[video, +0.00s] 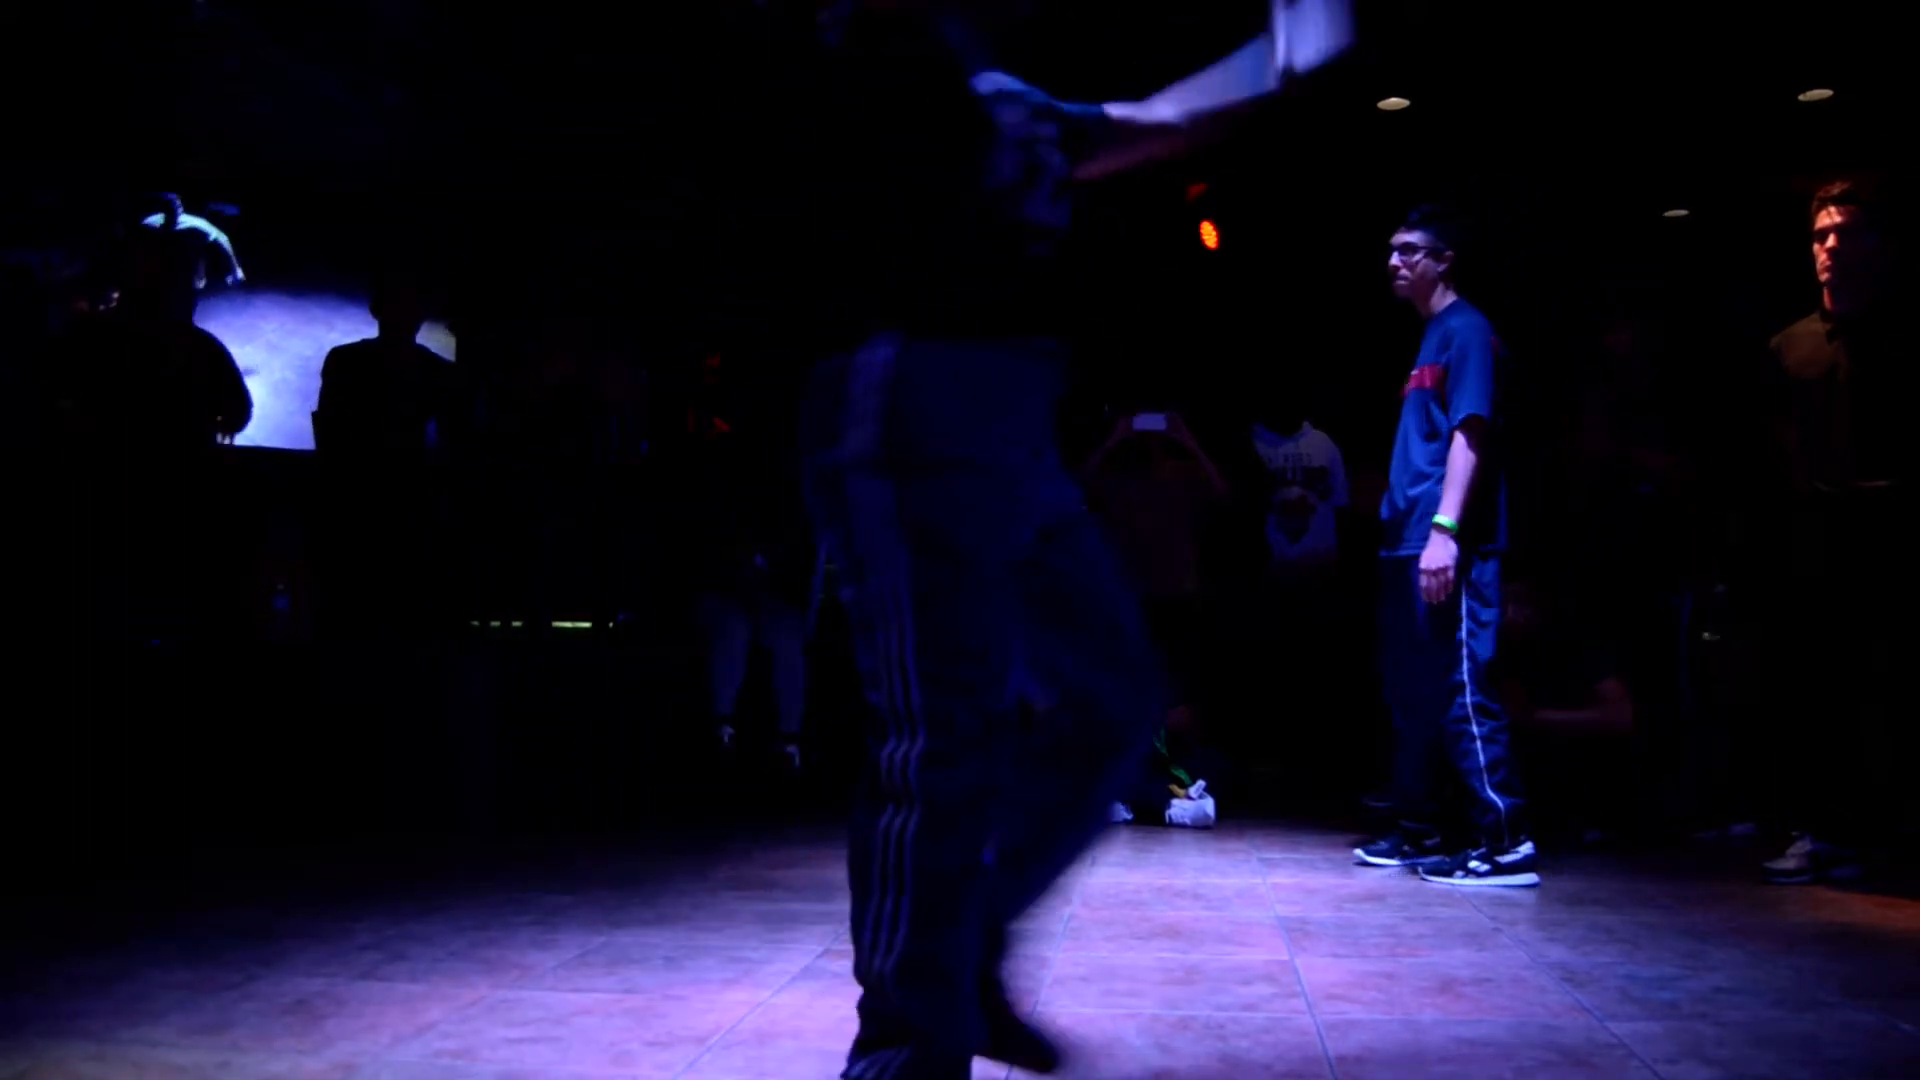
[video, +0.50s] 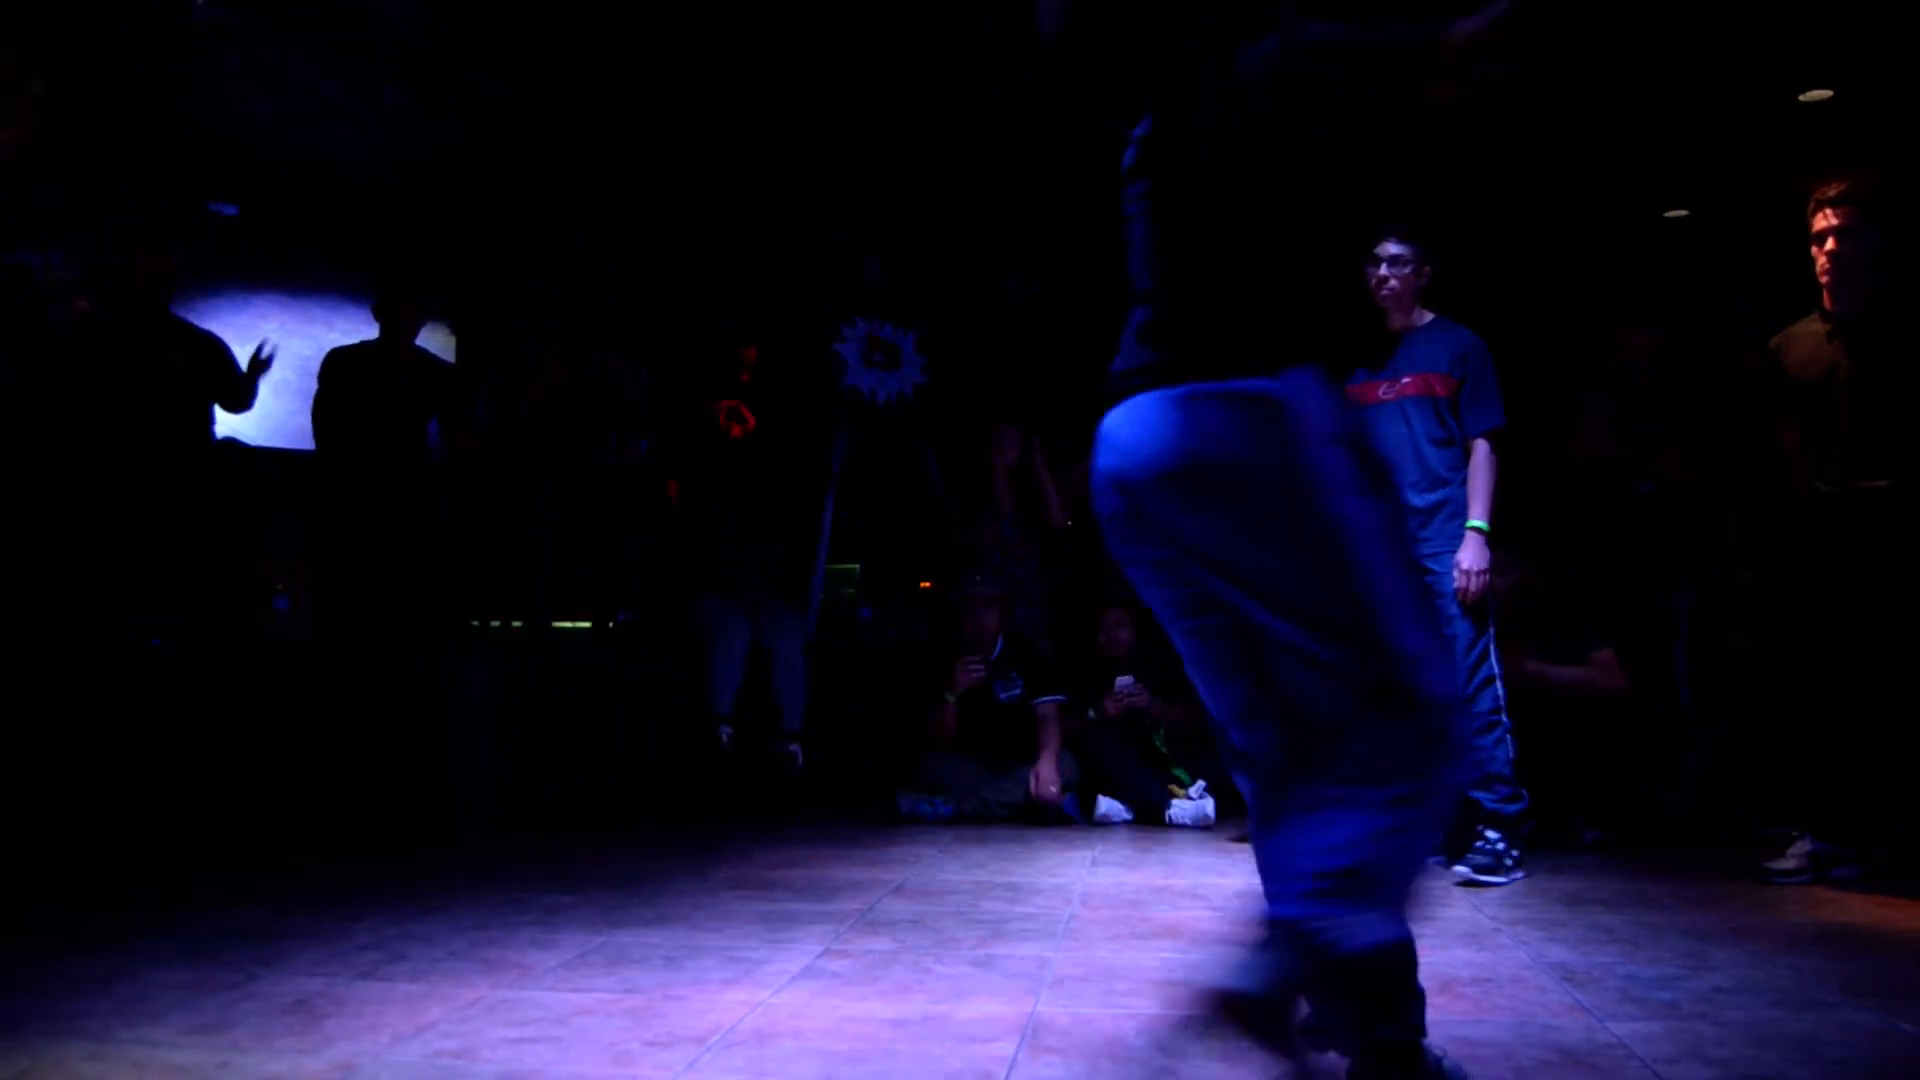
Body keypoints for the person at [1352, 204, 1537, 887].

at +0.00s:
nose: (1395, 263)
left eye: (1409, 252)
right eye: (1394, 252)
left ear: (1443, 261)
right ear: (1405, 264)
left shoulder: (1467, 331)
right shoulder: (1434, 334)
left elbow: (1470, 437)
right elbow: (1433, 437)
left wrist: (1444, 532)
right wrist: (1411, 527)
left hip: (1455, 539)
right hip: (1414, 536)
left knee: (1459, 689)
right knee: (1417, 686)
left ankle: (1504, 841)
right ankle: (1422, 825)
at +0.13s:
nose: (1390, 263)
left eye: (1404, 253)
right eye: (1388, 253)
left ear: (1438, 262)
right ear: (1392, 266)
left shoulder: (1461, 333)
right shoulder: (1410, 343)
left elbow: (1473, 439)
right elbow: (1397, 458)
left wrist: (1453, 533)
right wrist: (1377, 554)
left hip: (1440, 543)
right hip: (1398, 546)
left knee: (1455, 688)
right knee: (1407, 688)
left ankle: (1504, 839)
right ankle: (1420, 825)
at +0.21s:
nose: (1388, 266)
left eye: (1402, 255)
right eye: (1384, 256)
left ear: (1433, 265)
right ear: (1382, 269)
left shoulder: (1460, 337)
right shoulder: (1393, 351)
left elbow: (1474, 442)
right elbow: (1378, 467)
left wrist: (1457, 534)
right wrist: (1353, 554)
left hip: (1438, 543)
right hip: (1389, 549)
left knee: (1456, 694)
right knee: (1407, 694)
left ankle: (1503, 837)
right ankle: (1422, 827)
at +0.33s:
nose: (1385, 284)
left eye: (1396, 272)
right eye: (1379, 274)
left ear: (1423, 277)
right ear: (1374, 284)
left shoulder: (1457, 343)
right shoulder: (1373, 357)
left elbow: (1477, 443)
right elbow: (1355, 464)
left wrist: (1466, 533)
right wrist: (1319, 552)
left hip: (1439, 547)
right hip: (1383, 552)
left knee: (1461, 695)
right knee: (1401, 697)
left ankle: (1501, 838)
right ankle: (1417, 828)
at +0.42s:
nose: (1384, 275)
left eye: (1397, 264)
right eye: (1376, 264)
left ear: (1424, 273)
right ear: (1366, 275)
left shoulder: (1456, 345)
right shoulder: (1357, 357)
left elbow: (1478, 446)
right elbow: (1341, 461)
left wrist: (1471, 534)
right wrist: (1321, 537)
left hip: (1440, 542)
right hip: (1376, 547)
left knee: (1463, 692)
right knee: (1399, 695)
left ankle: (1496, 833)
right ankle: (1417, 827)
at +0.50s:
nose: (1383, 274)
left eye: (1396, 263)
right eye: (1376, 264)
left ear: (1423, 273)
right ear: (1365, 275)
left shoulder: (1456, 348)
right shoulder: (1355, 361)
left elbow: (1481, 446)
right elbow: (1340, 459)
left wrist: (1475, 534)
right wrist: (1349, 540)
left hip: (1443, 543)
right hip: (1378, 548)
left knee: (1469, 684)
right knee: (1402, 685)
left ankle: (1497, 828)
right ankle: (1417, 829)